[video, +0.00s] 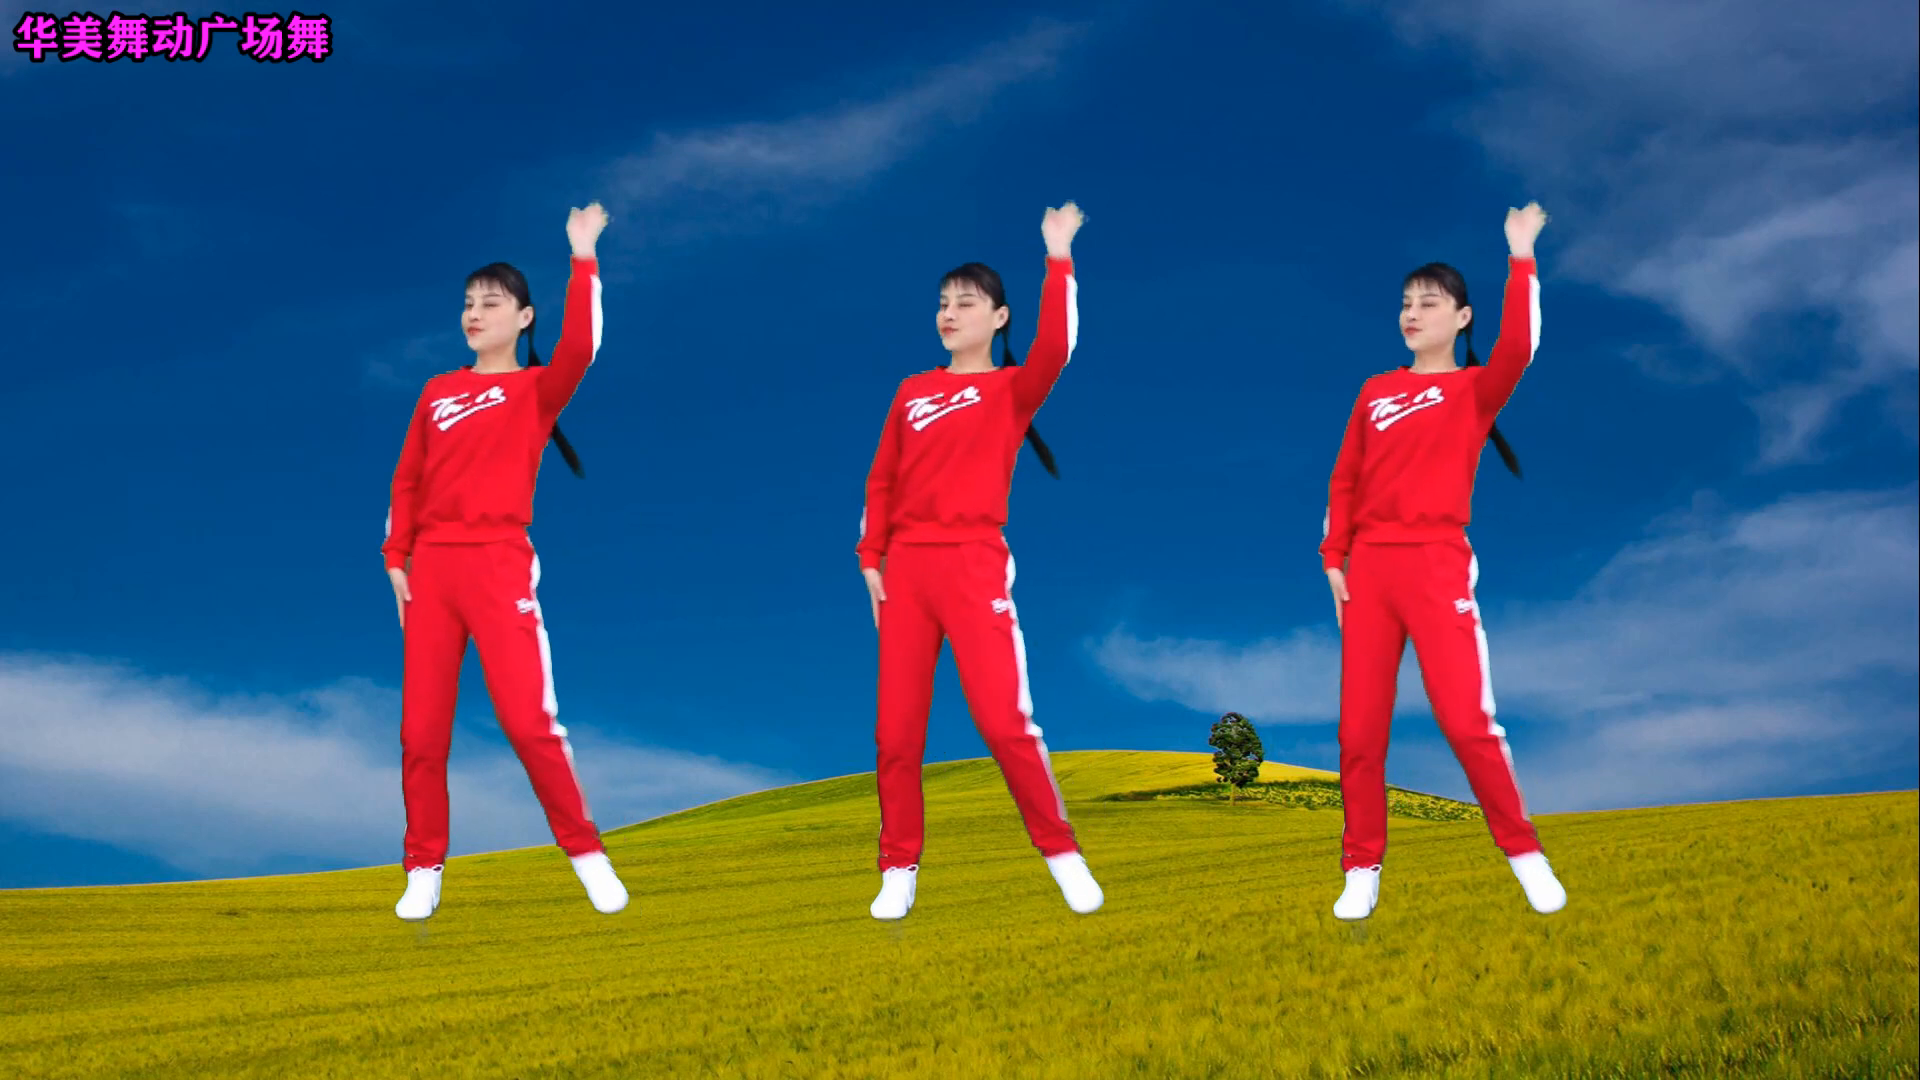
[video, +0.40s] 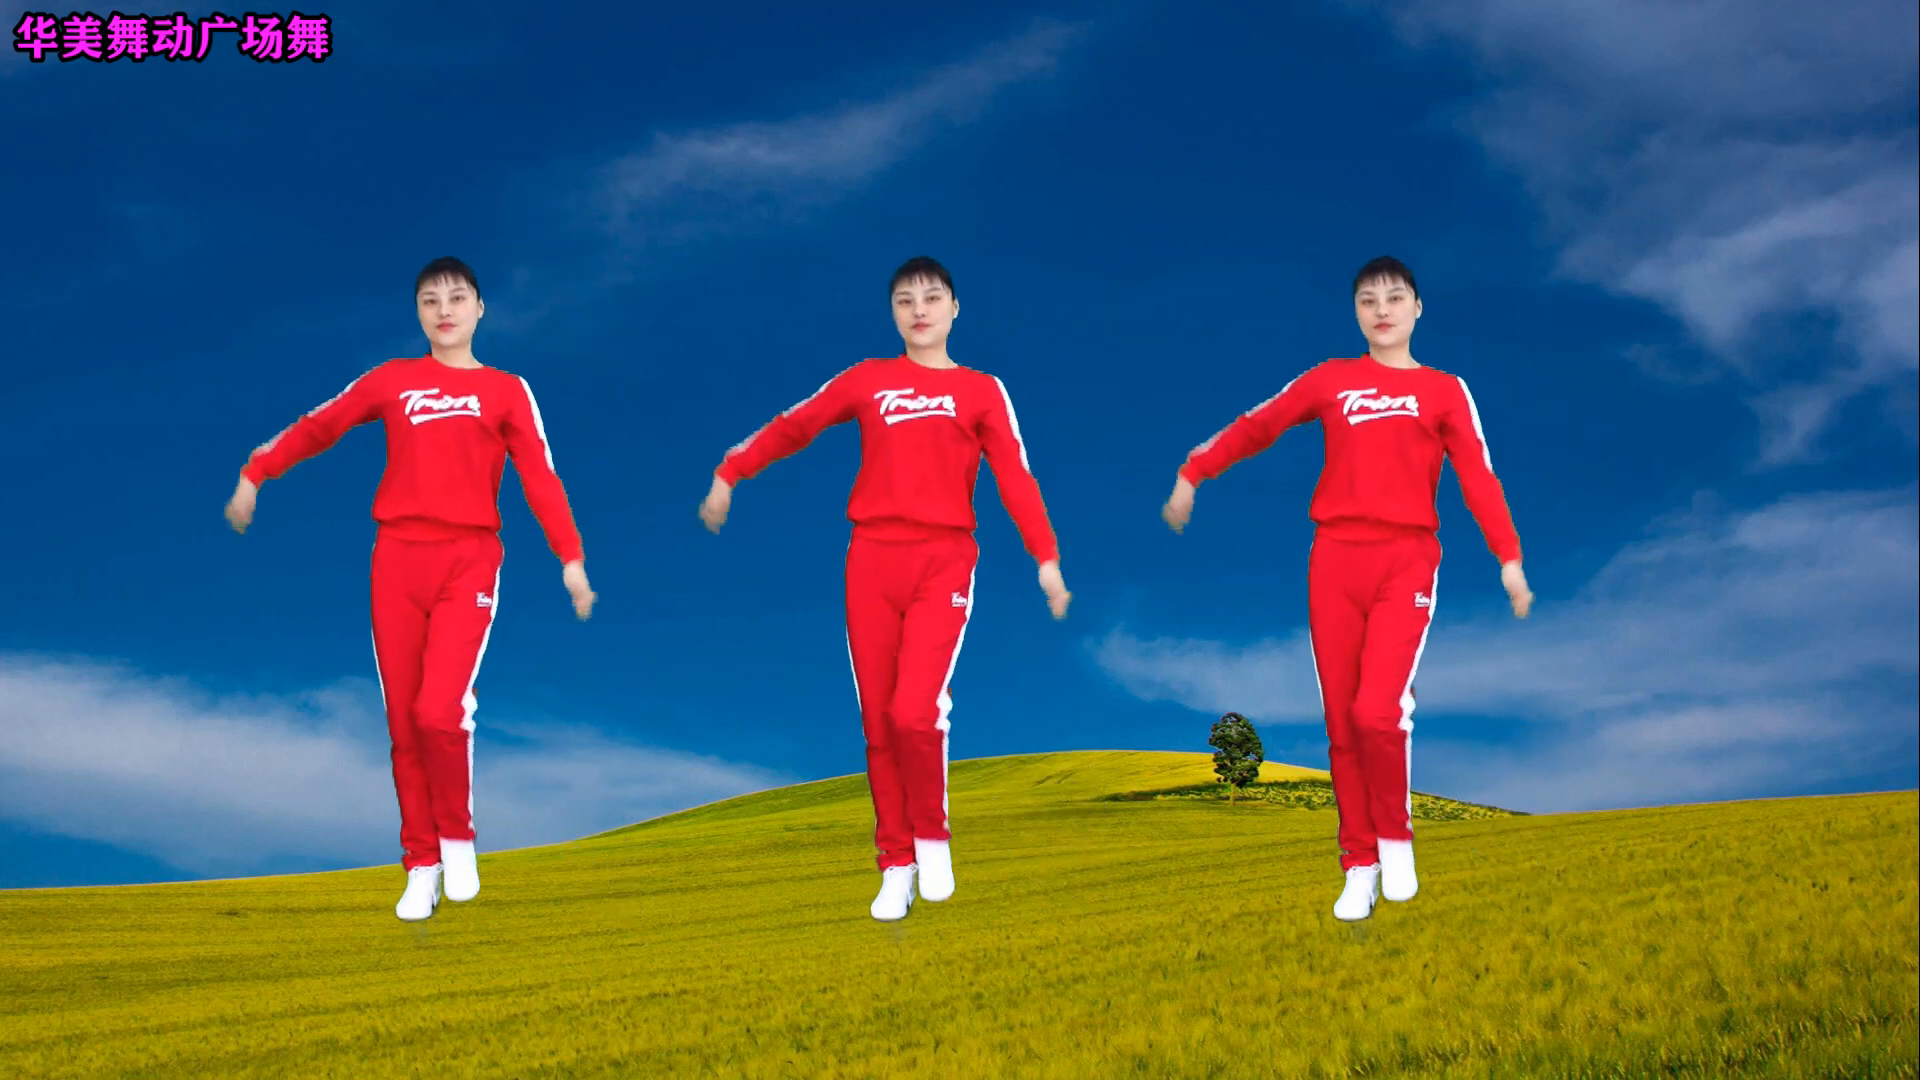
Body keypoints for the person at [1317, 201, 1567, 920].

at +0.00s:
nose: (1412, 313)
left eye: (1427, 304)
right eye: (1407, 305)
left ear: (1461, 317)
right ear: (1400, 320)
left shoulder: (1476, 388)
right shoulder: (1375, 391)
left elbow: (1518, 340)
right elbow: (1344, 479)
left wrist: (1522, 252)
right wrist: (1334, 558)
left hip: (1438, 563)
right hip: (1368, 568)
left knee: (1466, 720)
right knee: (1359, 733)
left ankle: (1523, 850)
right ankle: (1362, 866)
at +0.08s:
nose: (1407, 317)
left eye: (1421, 307)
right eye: (1398, 308)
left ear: (1447, 323)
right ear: (1388, 324)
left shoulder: (1465, 394)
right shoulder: (1360, 398)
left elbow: (1519, 382)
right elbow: (1327, 482)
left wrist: (1552, 311)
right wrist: (1309, 559)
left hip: (1425, 570)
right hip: (1355, 570)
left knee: (1418, 720)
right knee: (1351, 728)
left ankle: (1480, 822)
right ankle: (1360, 863)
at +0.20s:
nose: (1396, 332)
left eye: (1410, 321)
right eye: (1385, 322)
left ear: (1432, 333)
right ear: (1372, 334)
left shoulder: (1455, 408)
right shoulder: (1344, 407)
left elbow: (1517, 437)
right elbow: (1304, 489)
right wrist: (1271, 562)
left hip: (1413, 580)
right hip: (1340, 577)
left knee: (1365, 715)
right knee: (1329, 733)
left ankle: (1418, 796)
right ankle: (1358, 867)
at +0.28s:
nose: (1390, 327)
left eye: (1403, 316)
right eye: (1379, 318)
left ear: (1425, 326)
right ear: (1366, 330)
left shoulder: (1452, 405)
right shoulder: (1336, 400)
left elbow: (1504, 461)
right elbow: (1284, 470)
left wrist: (1559, 510)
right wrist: (1240, 535)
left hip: (1410, 575)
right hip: (1337, 571)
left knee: (1356, 709)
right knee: (1328, 723)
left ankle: (1398, 801)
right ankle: (1357, 864)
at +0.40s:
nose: (1383, 309)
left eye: (1395, 298)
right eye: (1371, 301)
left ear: (1417, 308)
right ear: (1357, 313)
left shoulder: (1444, 389)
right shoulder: (1331, 377)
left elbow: (1478, 475)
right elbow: (1258, 425)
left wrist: (1509, 557)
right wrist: (1190, 474)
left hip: (1408, 560)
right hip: (1335, 558)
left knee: (1375, 714)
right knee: (1340, 719)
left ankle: (1394, 839)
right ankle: (1358, 862)